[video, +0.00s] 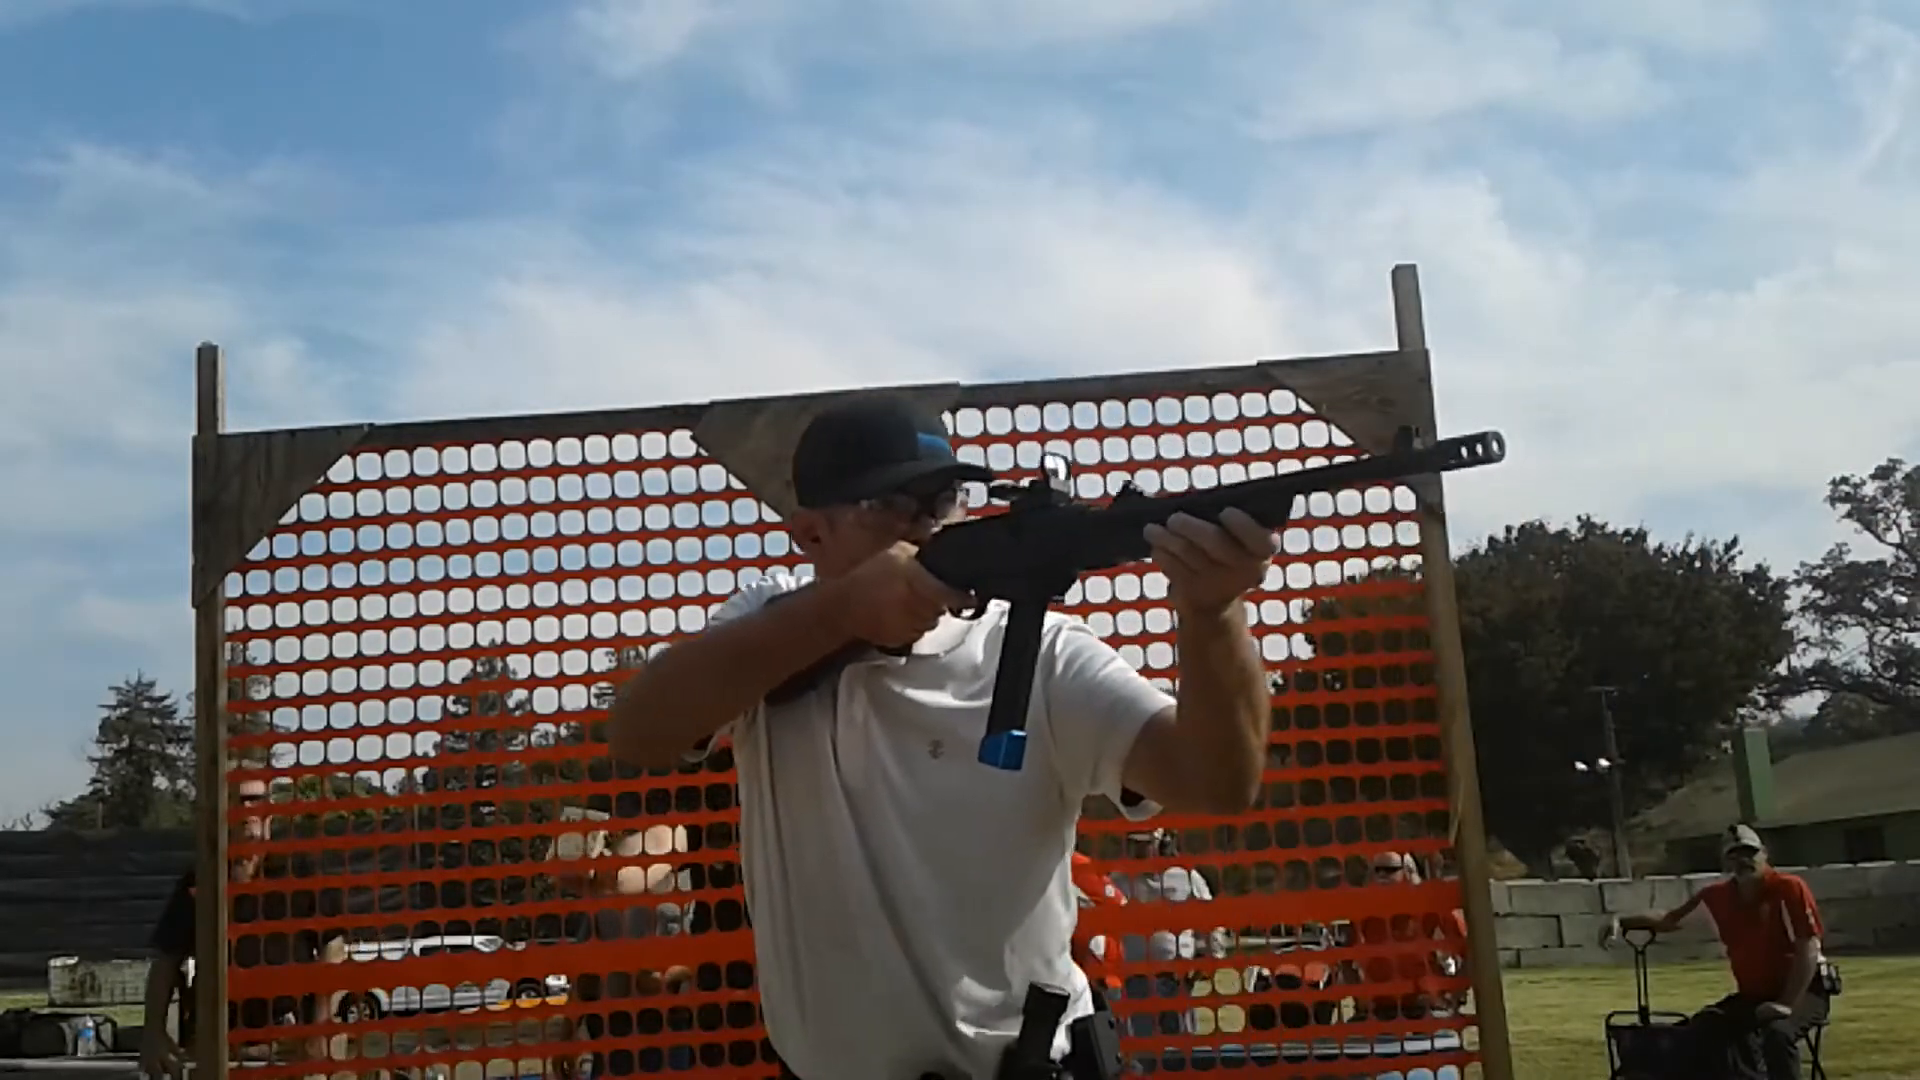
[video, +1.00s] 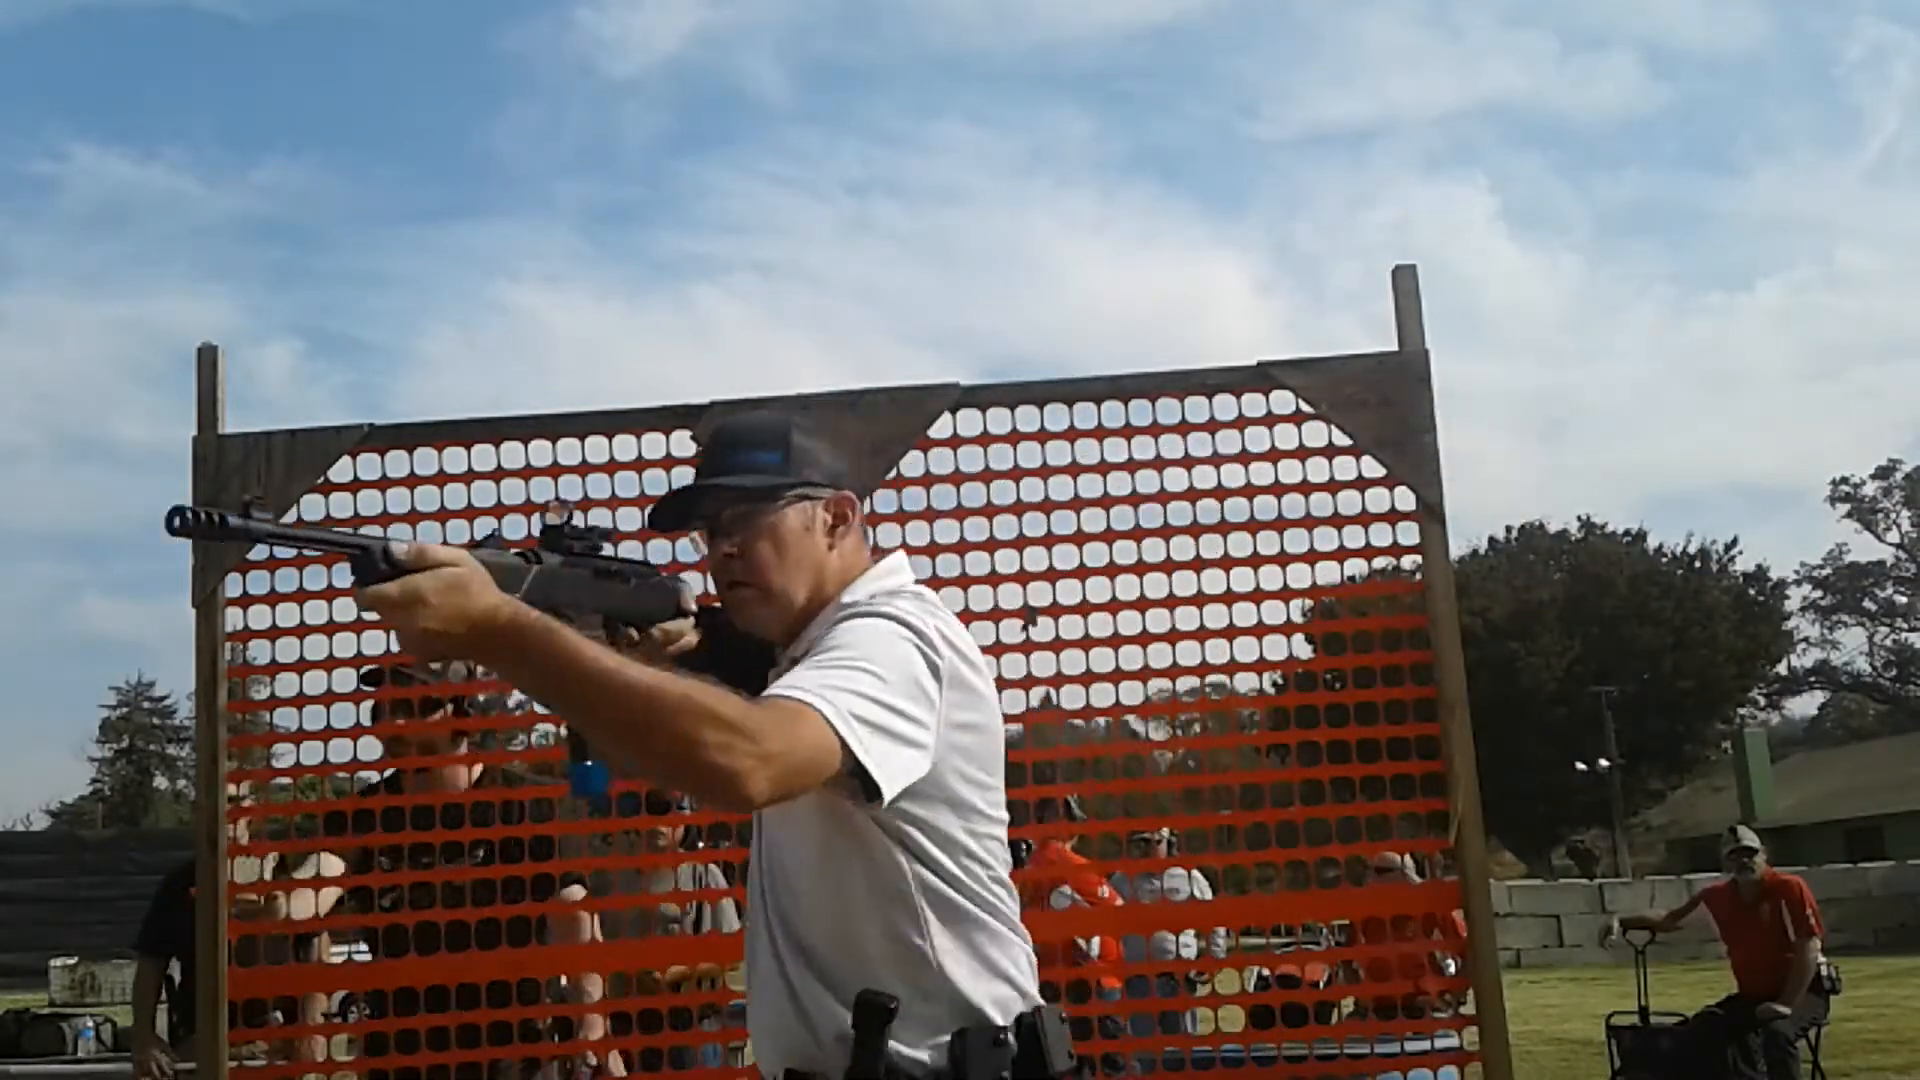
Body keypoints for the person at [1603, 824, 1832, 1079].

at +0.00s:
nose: (1743, 859)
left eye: (1750, 852)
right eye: (1735, 855)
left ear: (1763, 855)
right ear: (1726, 862)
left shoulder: (1789, 888)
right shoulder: (1715, 896)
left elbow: (1809, 950)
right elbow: (1668, 921)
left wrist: (1788, 1004)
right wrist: (1622, 923)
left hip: (1802, 998)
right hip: (1752, 998)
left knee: (1776, 1035)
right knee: (1692, 1033)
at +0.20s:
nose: (1743, 859)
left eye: (1750, 852)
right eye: (1735, 855)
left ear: (1763, 856)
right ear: (1726, 862)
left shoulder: (1789, 888)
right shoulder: (1715, 896)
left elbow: (1810, 950)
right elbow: (1668, 921)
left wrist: (1788, 1004)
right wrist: (1621, 923)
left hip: (1803, 998)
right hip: (1752, 998)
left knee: (1776, 1035)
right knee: (1693, 1033)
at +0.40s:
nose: (1743, 859)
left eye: (1750, 853)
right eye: (1735, 855)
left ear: (1763, 856)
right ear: (1725, 862)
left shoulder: (1789, 888)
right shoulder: (1715, 896)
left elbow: (1810, 950)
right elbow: (1668, 921)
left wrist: (1788, 1004)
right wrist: (1621, 923)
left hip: (1803, 998)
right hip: (1752, 998)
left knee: (1776, 1035)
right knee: (1693, 1033)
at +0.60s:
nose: (1744, 860)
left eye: (1750, 853)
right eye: (1735, 856)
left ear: (1762, 856)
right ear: (1725, 863)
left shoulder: (1789, 888)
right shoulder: (1714, 897)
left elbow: (1810, 949)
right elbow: (1668, 922)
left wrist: (1787, 1004)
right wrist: (1621, 922)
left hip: (1803, 998)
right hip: (1753, 998)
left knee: (1776, 1035)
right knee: (1694, 1032)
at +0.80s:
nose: (1744, 859)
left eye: (1750, 853)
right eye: (1735, 855)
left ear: (1763, 856)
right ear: (1725, 863)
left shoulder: (1789, 888)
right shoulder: (1715, 897)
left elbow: (1810, 949)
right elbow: (1668, 922)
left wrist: (1787, 1004)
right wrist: (1621, 922)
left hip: (1803, 998)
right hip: (1753, 998)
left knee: (1776, 1035)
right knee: (1695, 1032)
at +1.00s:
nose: (1744, 860)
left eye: (1750, 853)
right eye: (1735, 856)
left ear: (1763, 856)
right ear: (1725, 863)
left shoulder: (1789, 888)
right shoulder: (1715, 897)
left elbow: (1810, 949)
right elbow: (1668, 922)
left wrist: (1787, 1004)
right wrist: (1621, 923)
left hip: (1803, 998)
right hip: (1753, 998)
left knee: (1776, 1035)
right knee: (1695, 1031)